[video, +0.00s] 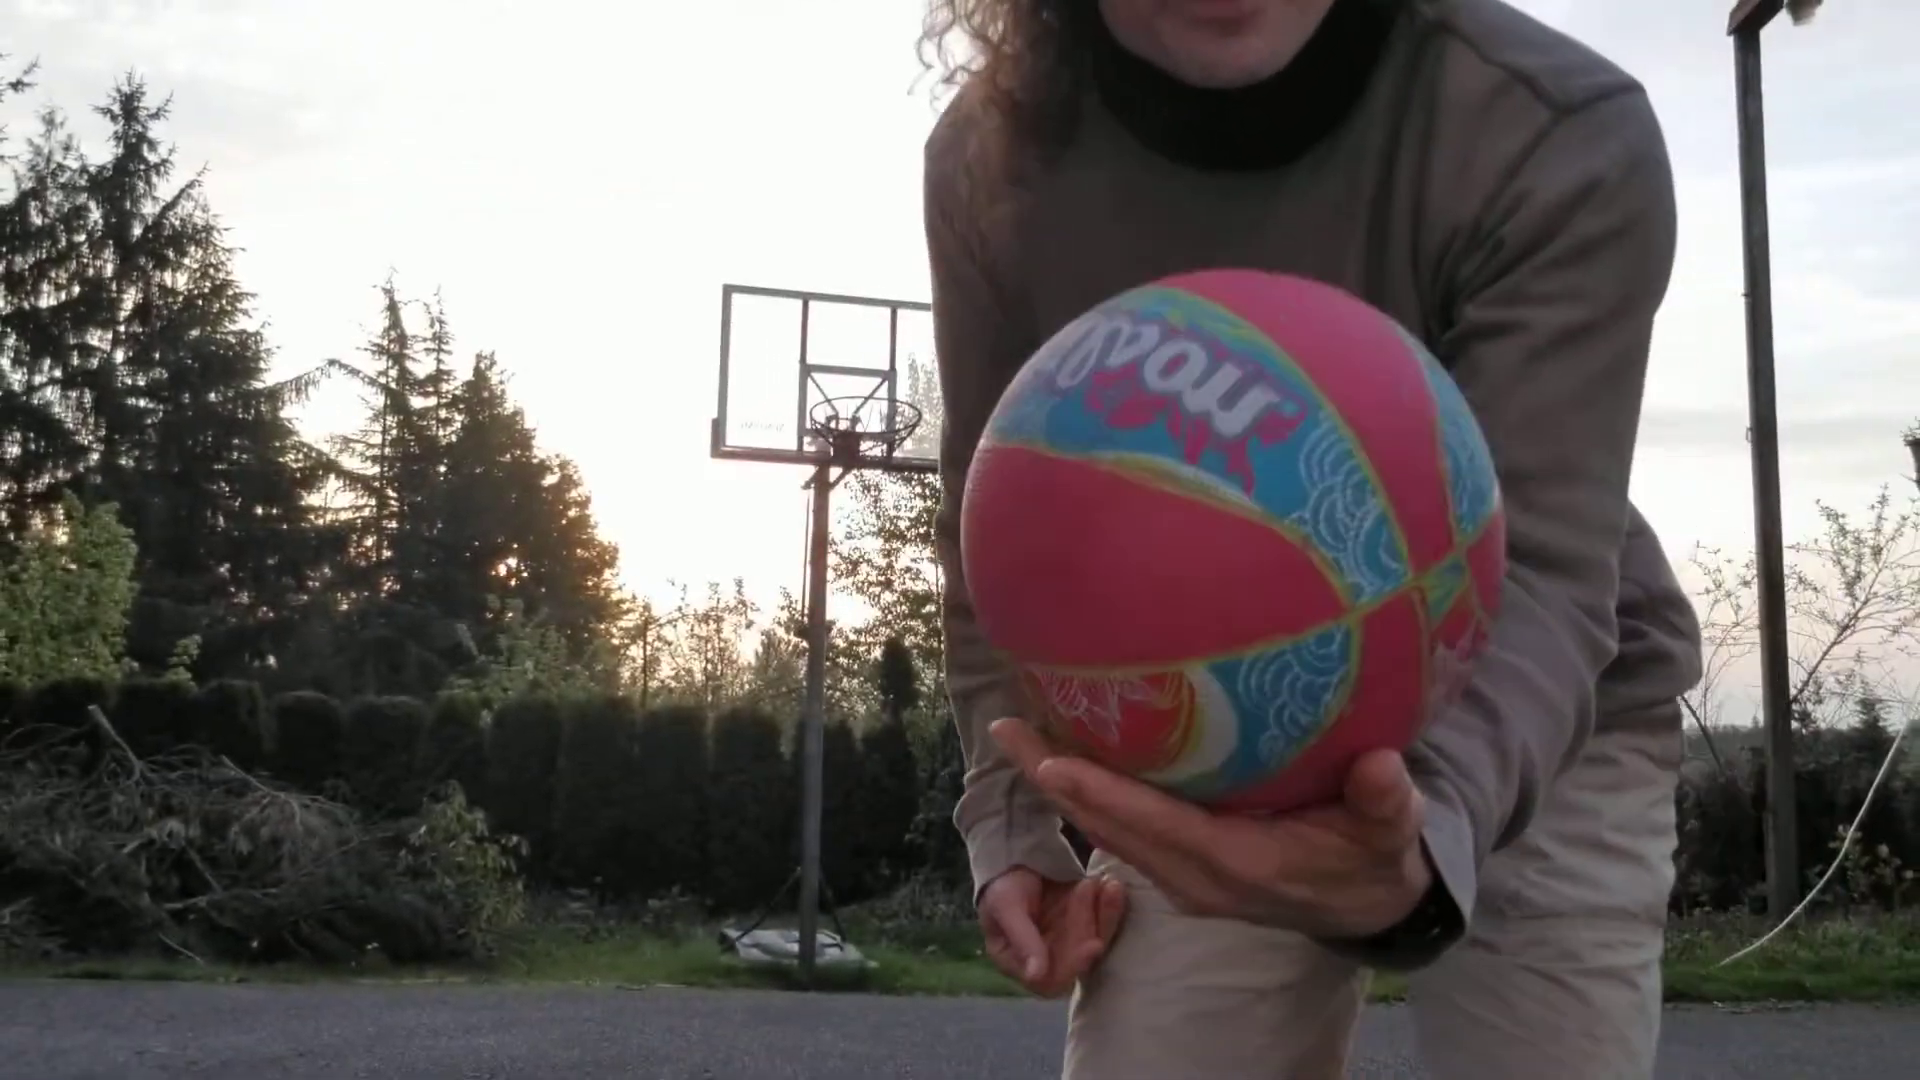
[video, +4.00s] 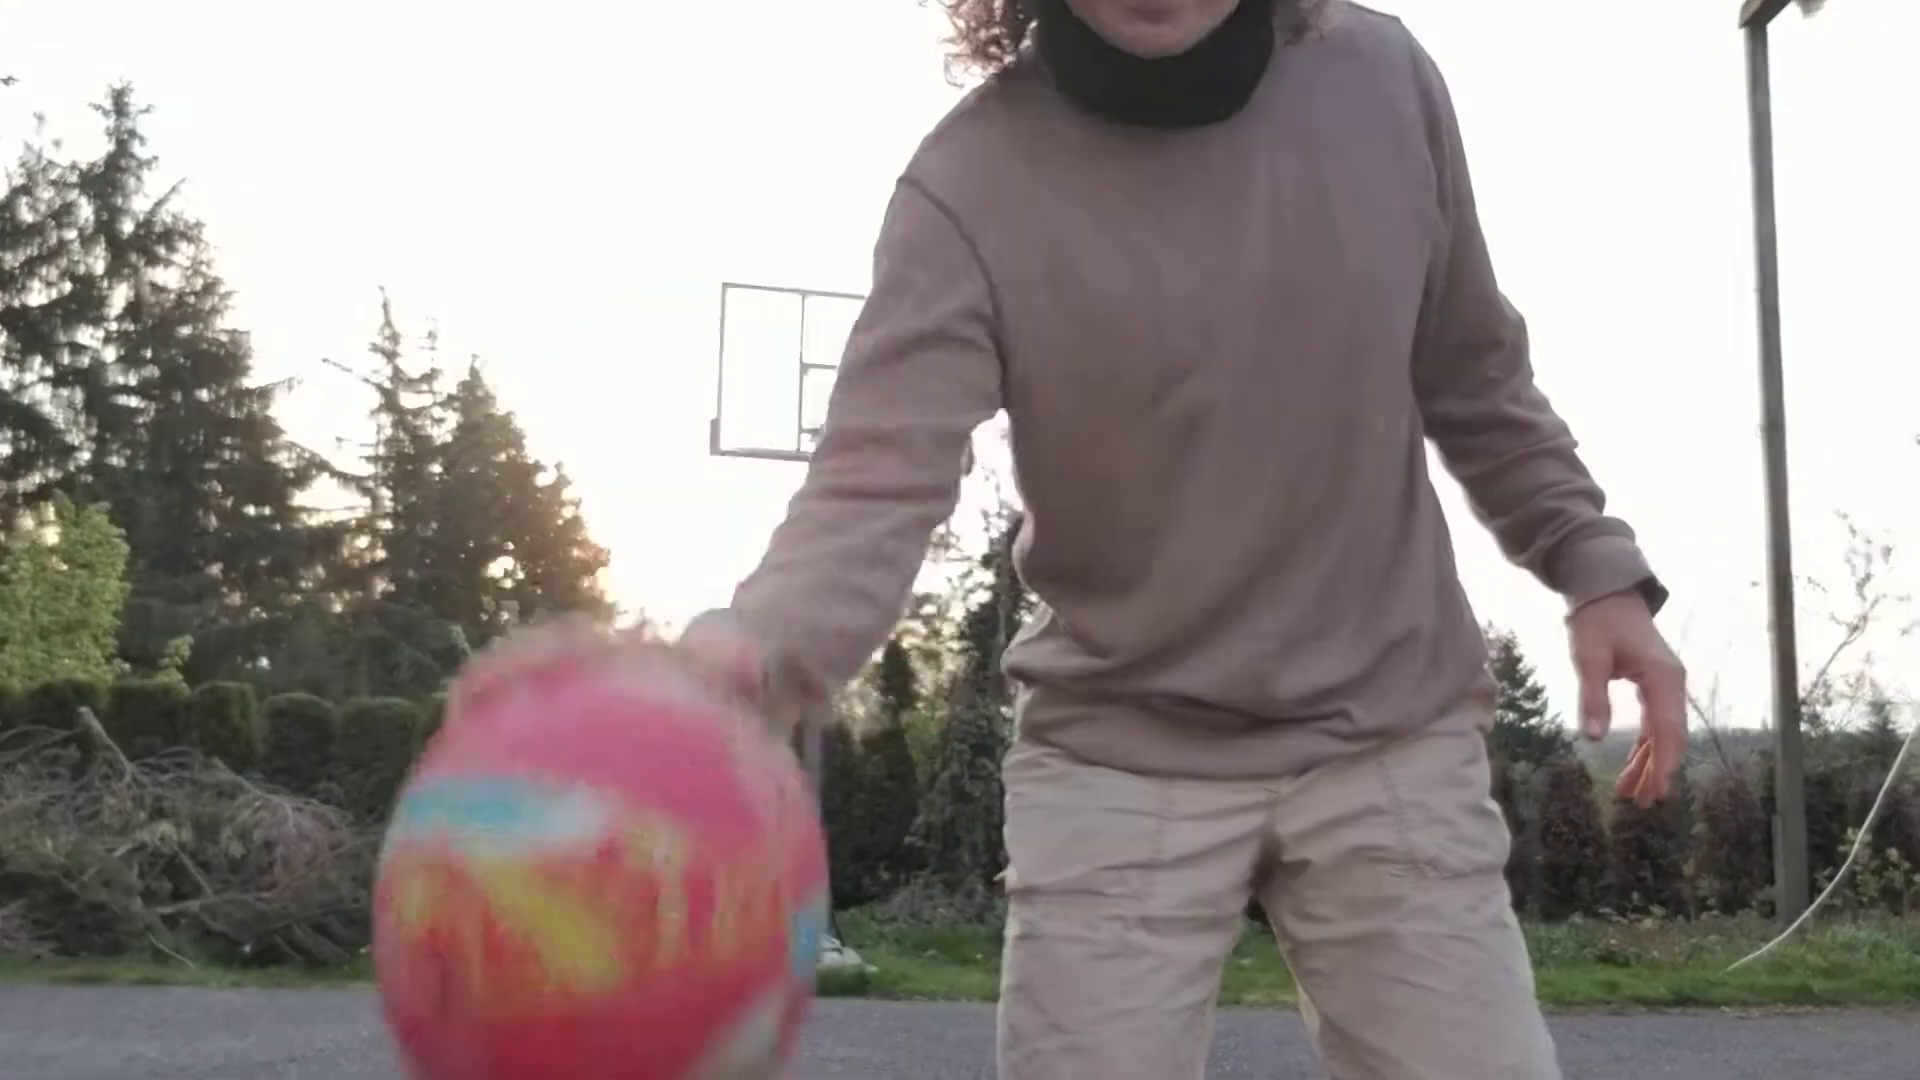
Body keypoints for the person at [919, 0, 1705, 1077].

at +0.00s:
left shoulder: (1558, 138)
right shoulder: (996, 157)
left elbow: (1552, 567)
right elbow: (996, 550)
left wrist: (1430, 832)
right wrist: (1019, 829)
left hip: (1535, 718)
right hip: (1187, 720)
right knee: (1141, 1052)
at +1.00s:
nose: (1158, 105)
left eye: (1201, 41)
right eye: (1100, 58)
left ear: (1272, 43)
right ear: (1036, 79)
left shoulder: (1428, 231)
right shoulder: (998, 264)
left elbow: (1557, 595)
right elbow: (1002, 567)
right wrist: (1015, 812)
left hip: (1438, 751)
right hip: (1184, 763)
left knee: (1427, 1058)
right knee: (1137, 1057)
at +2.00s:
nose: (1166, 246)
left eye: (1196, 206)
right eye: (1132, 216)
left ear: (1270, 181)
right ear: (1101, 216)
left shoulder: (1415, 299)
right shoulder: (1094, 395)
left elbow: (1535, 526)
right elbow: (1059, 638)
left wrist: (1575, 713)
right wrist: (1025, 802)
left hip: (1438, 800)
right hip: (1225, 813)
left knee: (1491, 1065)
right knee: (1202, 1065)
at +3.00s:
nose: (1190, 207)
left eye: (1218, 171)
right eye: (1156, 178)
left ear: (1264, 175)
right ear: (1108, 192)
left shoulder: (1370, 316)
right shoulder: (1058, 368)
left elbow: (1444, 537)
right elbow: (1050, 598)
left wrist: (1485, 728)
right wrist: (1033, 623)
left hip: (1354, 791)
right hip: (1149, 798)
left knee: (1396, 1063)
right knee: (1115, 1063)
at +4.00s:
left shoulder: (1382, 85)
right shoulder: (971, 182)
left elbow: (1476, 377)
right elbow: (872, 484)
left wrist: (1597, 571)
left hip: (1395, 728)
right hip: (1117, 744)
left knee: (1486, 1060)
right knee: (1085, 1057)